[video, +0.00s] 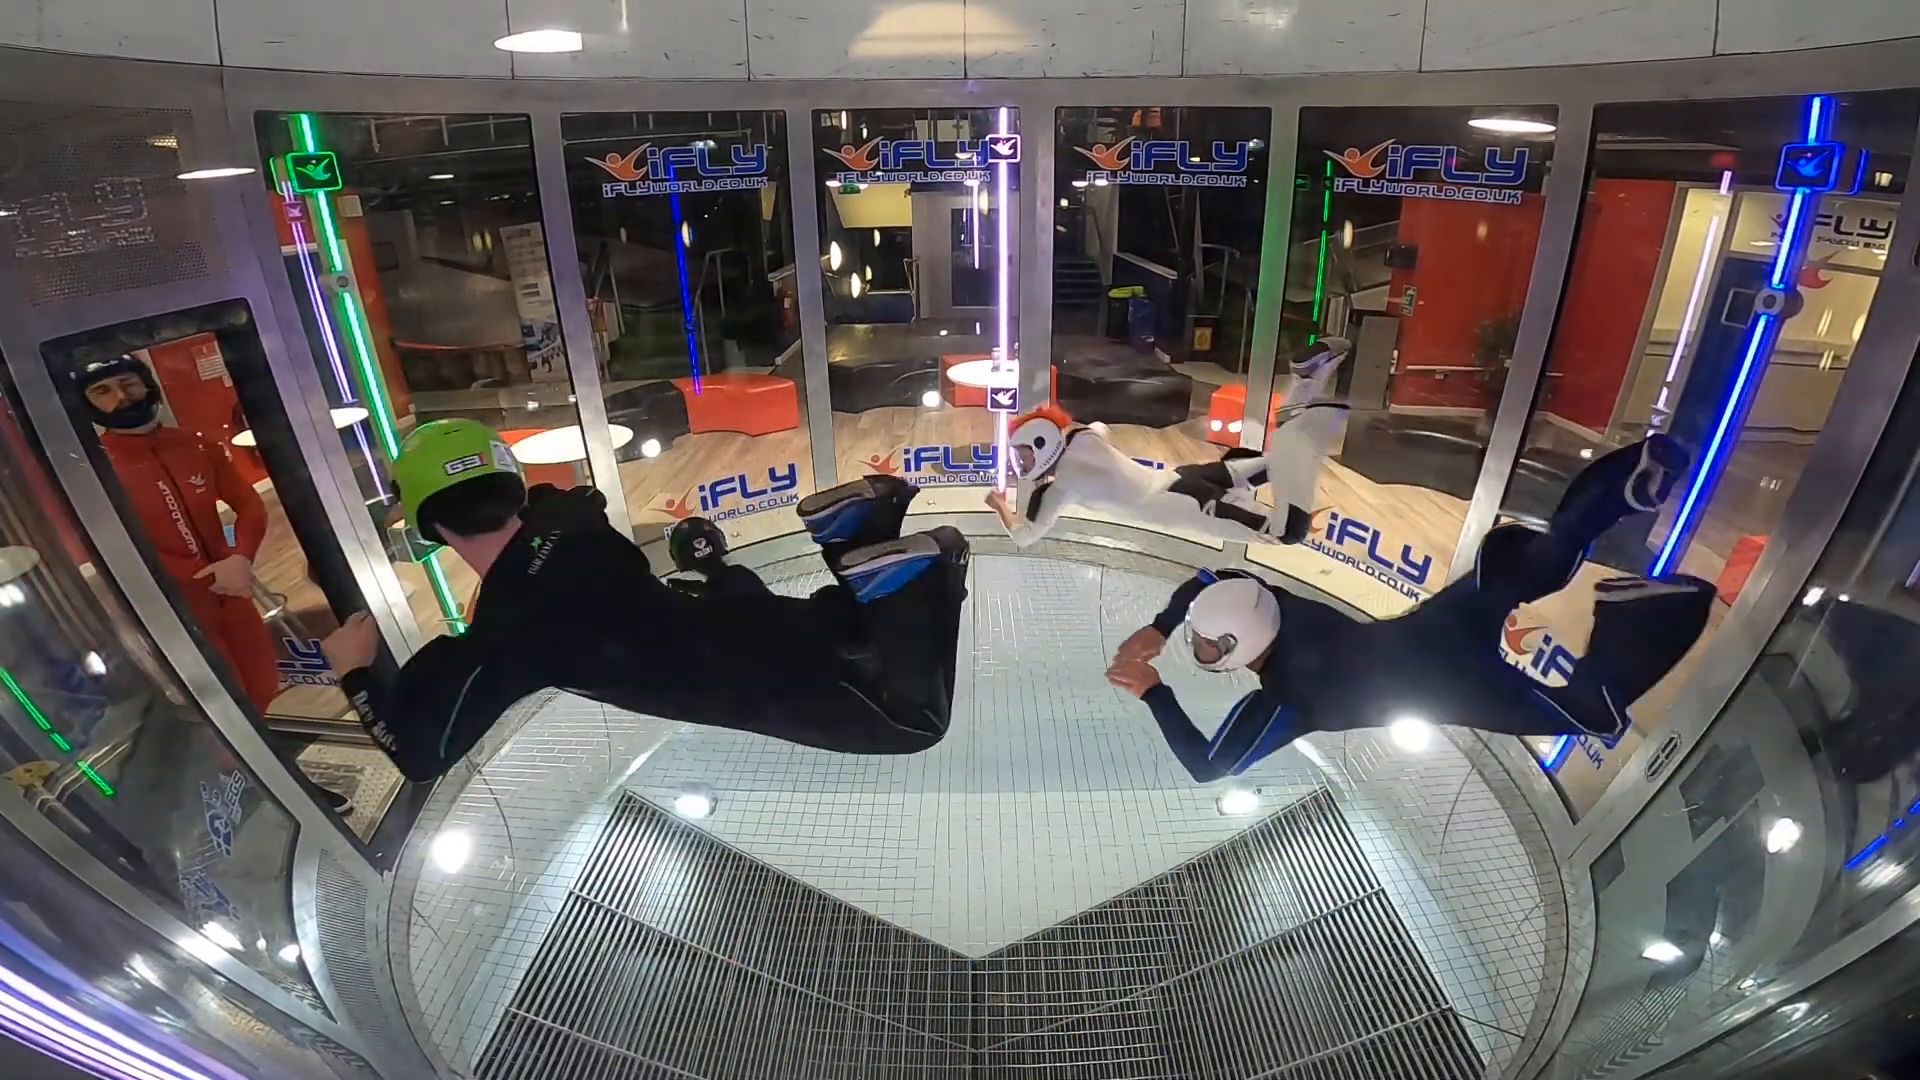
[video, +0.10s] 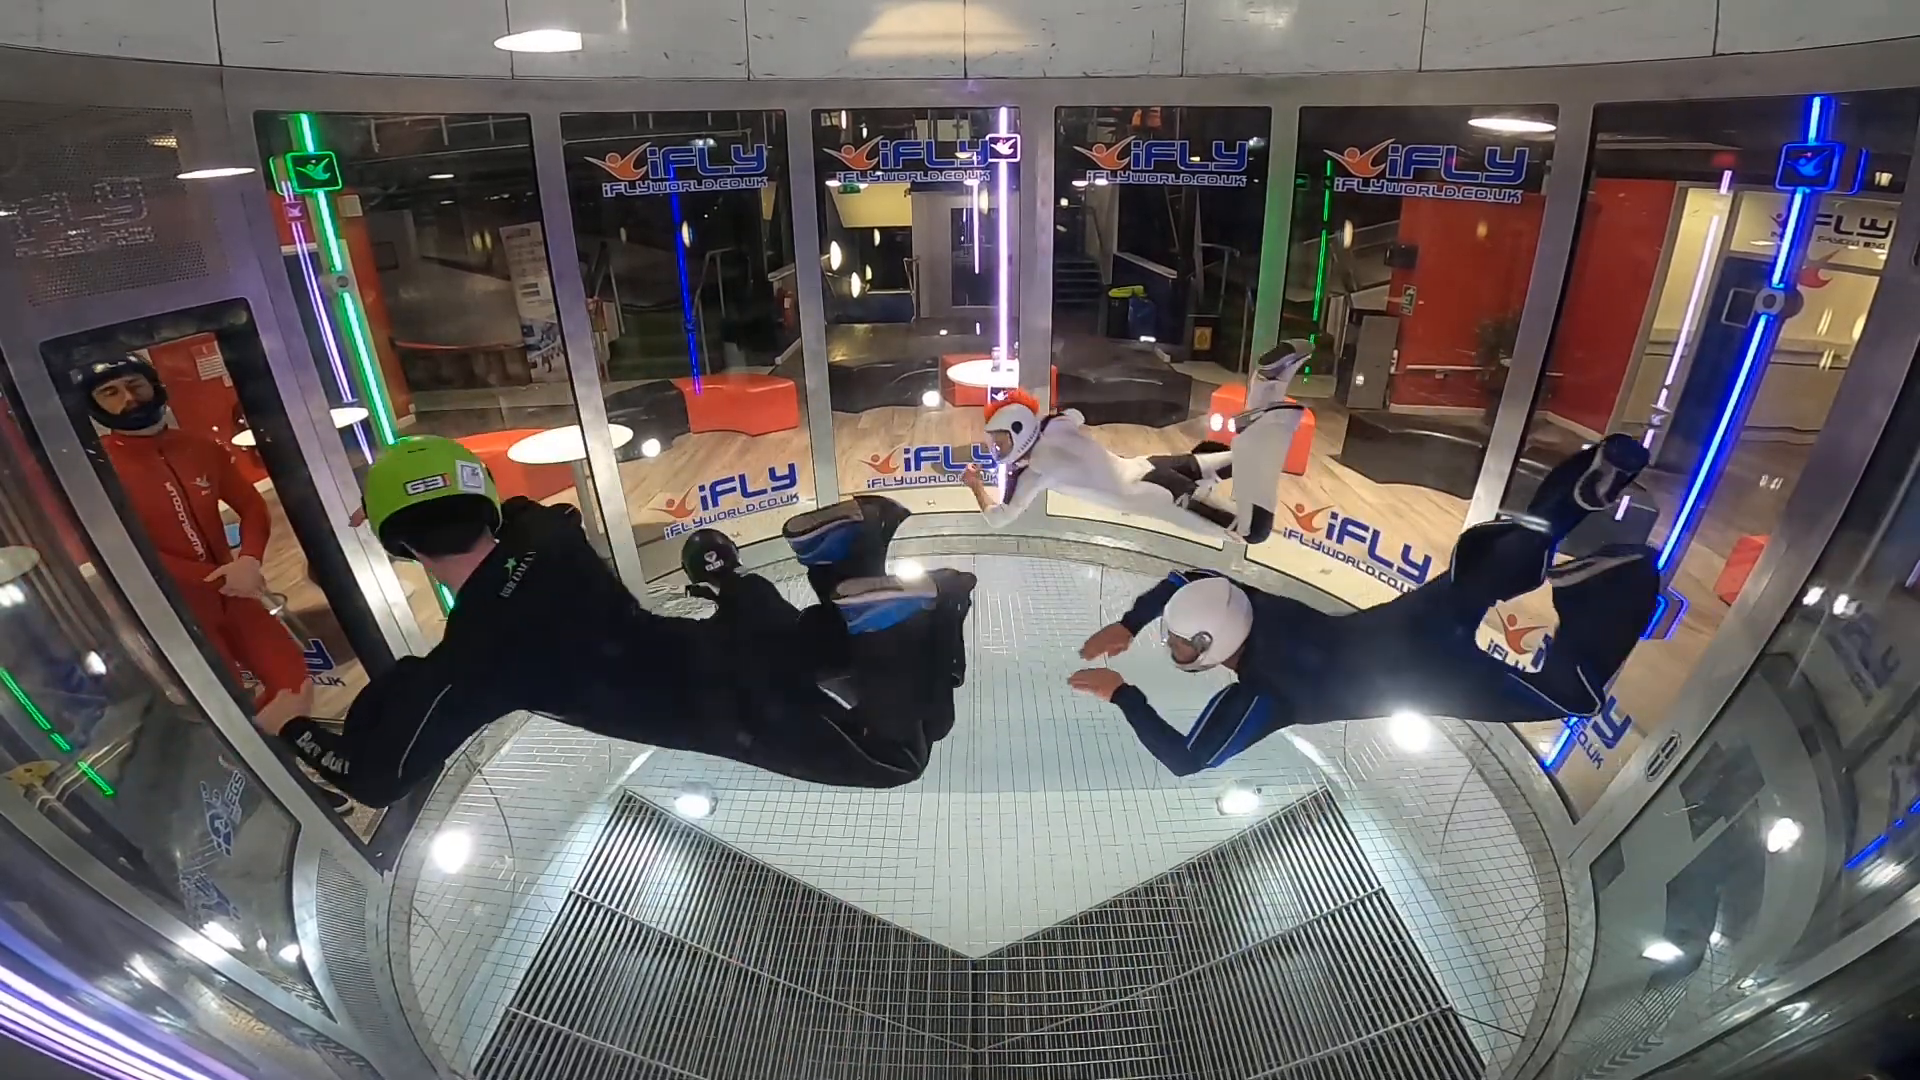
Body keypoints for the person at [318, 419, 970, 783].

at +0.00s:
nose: (431, 551)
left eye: (429, 535)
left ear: (443, 535)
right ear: (513, 483)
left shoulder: (517, 617)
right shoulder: (572, 522)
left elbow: (423, 746)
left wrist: (364, 669)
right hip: (750, 616)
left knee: (911, 720)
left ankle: (929, 574)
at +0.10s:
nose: (408, 562)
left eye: (401, 546)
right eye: (404, 543)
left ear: (411, 548)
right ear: (480, 499)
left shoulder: (492, 637)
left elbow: (386, 758)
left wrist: (329, 731)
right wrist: (387, 690)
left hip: (717, 709)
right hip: (709, 641)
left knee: (891, 744)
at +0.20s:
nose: (381, 580)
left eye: (379, 568)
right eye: (389, 562)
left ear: (395, 574)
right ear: (458, 527)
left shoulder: (461, 683)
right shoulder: (526, 557)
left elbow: (357, 800)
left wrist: (281, 757)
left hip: (708, 741)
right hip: (715, 668)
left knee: (877, 797)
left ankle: (915, 671)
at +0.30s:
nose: (372, 616)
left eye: (369, 602)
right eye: (375, 596)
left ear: (388, 608)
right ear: (449, 556)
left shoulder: (460, 716)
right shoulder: (526, 594)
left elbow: (349, 835)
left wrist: (261, 783)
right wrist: (293, 598)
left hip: (711, 778)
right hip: (716, 707)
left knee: (873, 836)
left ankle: (875, 717)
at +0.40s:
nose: (378, 656)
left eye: (378, 642)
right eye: (381, 640)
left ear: (397, 649)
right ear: (458, 598)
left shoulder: (460, 757)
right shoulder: (531, 624)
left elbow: (348, 872)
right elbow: (401, 623)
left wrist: (272, 815)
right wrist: (286, 612)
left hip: (715, 819)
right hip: (720, 746)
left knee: (882, 882)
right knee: (799, 752)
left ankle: (888, 782)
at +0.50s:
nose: (409, 707)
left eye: (402, 693)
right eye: (406, 690)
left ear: (401, 703)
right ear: (478, 646)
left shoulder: (468, 806)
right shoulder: (550, 667)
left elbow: (361, 912)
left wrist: (289, 855)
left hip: (726, 865)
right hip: (742, 791)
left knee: (901, 926)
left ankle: (875, 810)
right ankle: (857, 741)